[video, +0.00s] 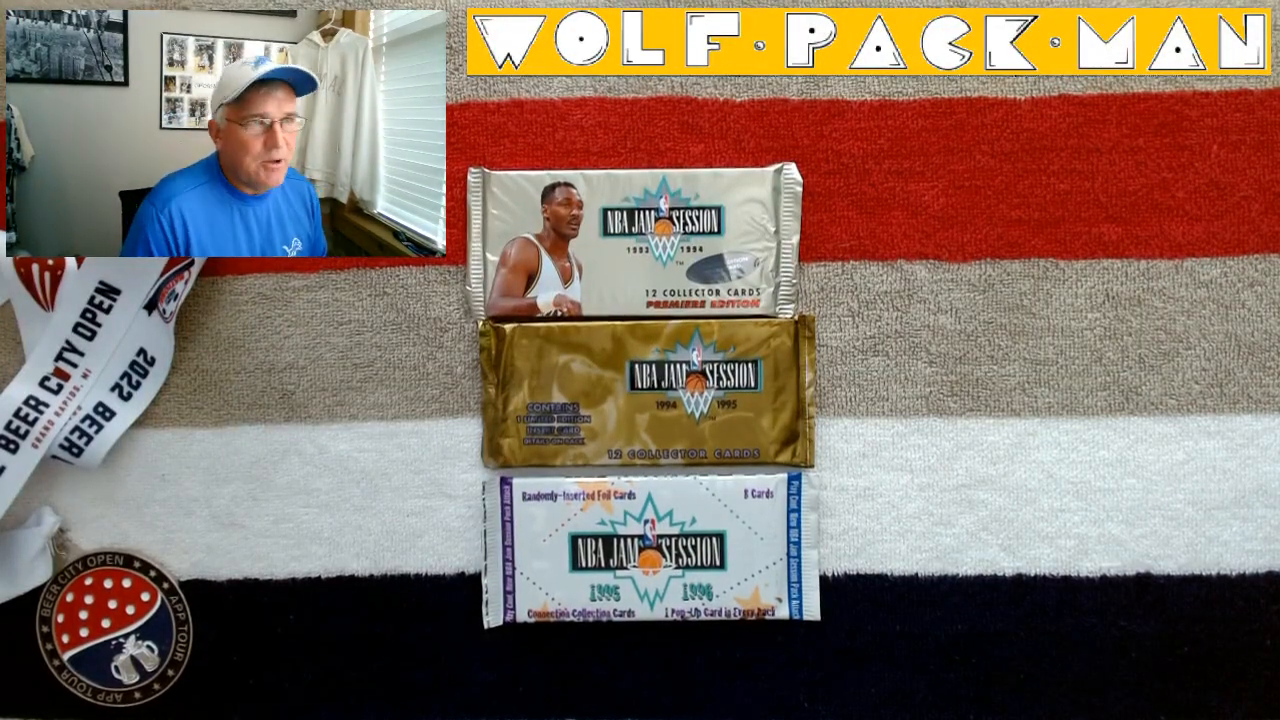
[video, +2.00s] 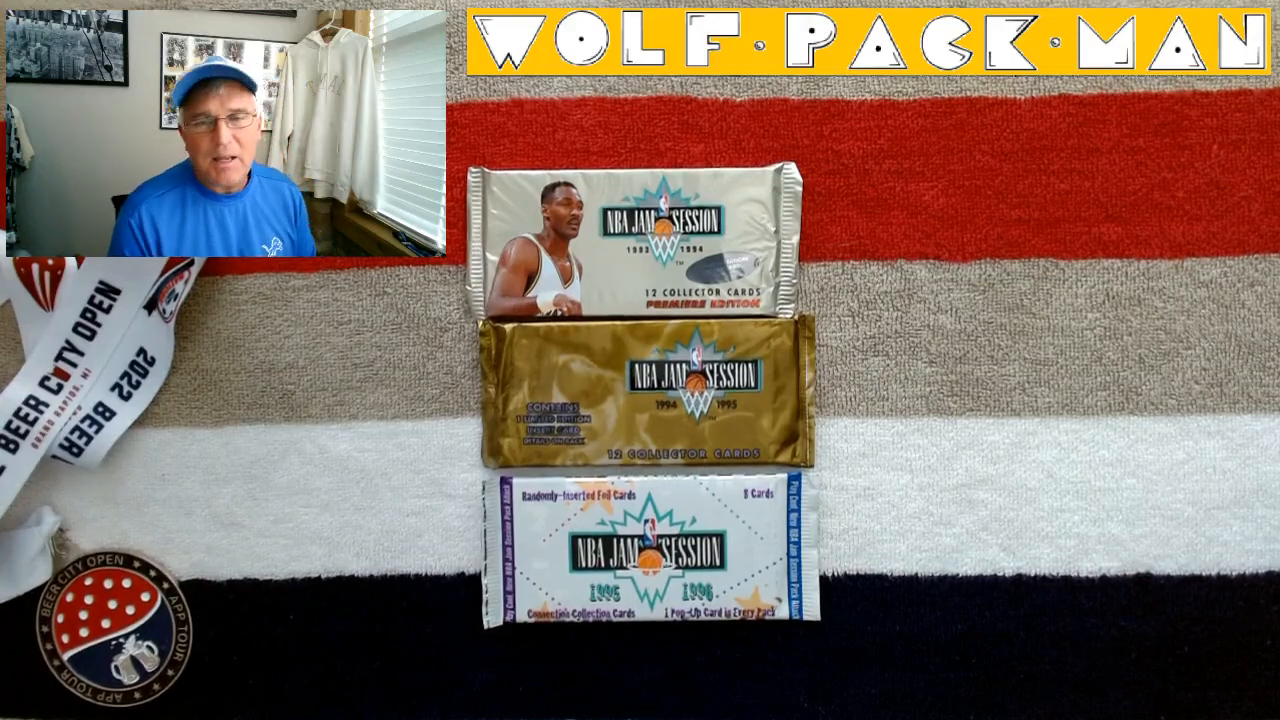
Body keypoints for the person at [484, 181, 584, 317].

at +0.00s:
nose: (576, 213)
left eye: (580, 207)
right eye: (566, 205)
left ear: (583, 211)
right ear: (545, 211)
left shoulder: (575, 266)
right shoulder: (520, 250)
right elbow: (495, 308)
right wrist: (550, 301)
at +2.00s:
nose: (576, 213)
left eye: (580, 207)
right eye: (566, 205)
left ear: (583, 211)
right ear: (546, 211)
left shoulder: (575, 266)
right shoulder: (521, 250)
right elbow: (495, 307)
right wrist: (550, 301)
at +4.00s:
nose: (576, 213)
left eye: (580, 207)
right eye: (566, 205)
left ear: (583, 211)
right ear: (545, 211)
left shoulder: (575, 265)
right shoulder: (521, 249)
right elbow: (495, 307)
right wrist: (550, 301)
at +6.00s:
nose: (576, 213)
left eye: (580, 207)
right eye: (566, 205)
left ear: (583, 211)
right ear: (545, 211)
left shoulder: (575, 266)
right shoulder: (521, 250)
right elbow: (494, 307)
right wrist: (551, 301)